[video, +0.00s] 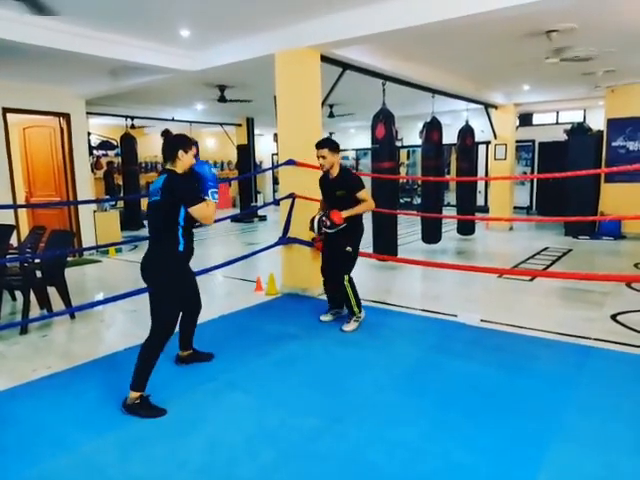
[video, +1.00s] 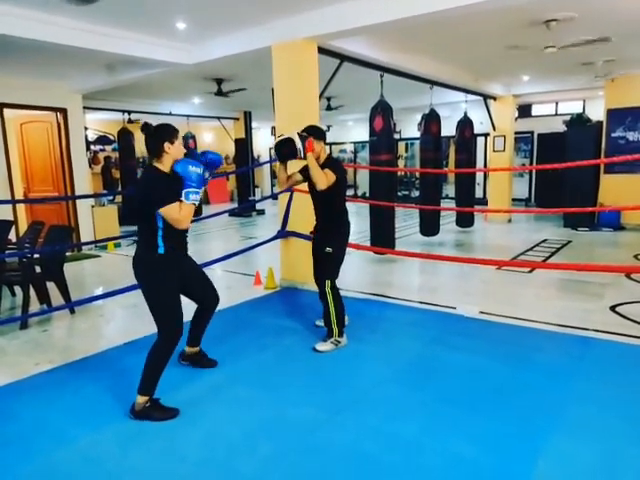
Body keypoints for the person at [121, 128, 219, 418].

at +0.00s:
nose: (194, 161)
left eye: (194, 156)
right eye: (192, 155)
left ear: (172, 155)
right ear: (181, 155)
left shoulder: (161, 181)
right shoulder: (180, 182)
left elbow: (195, 215)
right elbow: (207, 216)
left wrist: (202, 204)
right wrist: (207, 191)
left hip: (169, 261)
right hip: (166, 265)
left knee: (192, 306)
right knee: (163, 328)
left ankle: (185, 351)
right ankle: (135, 396)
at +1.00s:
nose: (183, 148)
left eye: (182, 142)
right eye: (180, 142)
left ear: (164, 148)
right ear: (167, 147)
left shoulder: (172, 176)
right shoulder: (152, 181)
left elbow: (185, 211)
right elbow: (182, 221)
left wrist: (200, 178)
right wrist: (193, 187)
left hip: (175, 259)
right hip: (154, 264)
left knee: (209, 298)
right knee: (171, 331)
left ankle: (192, 350)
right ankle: (142, 401)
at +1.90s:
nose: (190, 144)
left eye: (189, 140)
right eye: (186, 140)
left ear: (171, 142)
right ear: (173, 142)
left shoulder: (176, 168)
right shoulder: (164, 172)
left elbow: (195, 202)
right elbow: (196, 206)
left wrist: (201, 172)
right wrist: (201, 175)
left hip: (179, 246)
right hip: (159, 249)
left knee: (204, 291)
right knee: (166, 309)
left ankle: (192, 342)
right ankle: (144, 370)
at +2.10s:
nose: (191, 146)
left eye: (190, 141)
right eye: (187, 142)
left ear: (173, 145)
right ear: (172, 144)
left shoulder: (180, 170)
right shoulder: (164, 174)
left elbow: (197, 201)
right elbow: (197, 206)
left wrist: (203, 168)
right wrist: (201, 173)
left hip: (184, 246)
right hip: (165, 249)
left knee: (202, 296)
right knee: (175, 310)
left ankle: (190, 344)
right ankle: (146, 369)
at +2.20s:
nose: (190, 146)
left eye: (189, 141)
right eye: (186, 141)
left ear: (171, 144)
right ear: (173, 144)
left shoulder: (178, 169)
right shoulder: (169, 174)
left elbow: (200, 198)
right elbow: (202, 206)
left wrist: (201, 169)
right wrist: (204, 175)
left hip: (183, 247)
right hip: (169, 250)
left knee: (202, 295)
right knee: (184, 311)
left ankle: (191, 344)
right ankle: (145, 368)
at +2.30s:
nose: (190, 148)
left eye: (189, 143)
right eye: (187, 144)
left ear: (167, 146)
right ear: (176, 146)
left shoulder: (162, 172)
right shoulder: (176, 176)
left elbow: (195, 203)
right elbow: (206, 209)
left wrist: (202, 188)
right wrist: (207, 182)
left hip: (175, 247)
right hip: (175, 252)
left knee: (202, 295)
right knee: (189, 314)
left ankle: (192, 344)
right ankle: (151, 375)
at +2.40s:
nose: (195, 149)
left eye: (193, 144)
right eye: (192, 145)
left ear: (168, 148)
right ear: (183, 147)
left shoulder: (159, 174)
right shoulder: (186, 177)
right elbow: (214, 210)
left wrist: (211, 200)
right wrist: (215, 187)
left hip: (164, 253)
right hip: (179, 257)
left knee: (198, 297)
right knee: (186, 323)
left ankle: (191, 343)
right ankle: (158, 386)